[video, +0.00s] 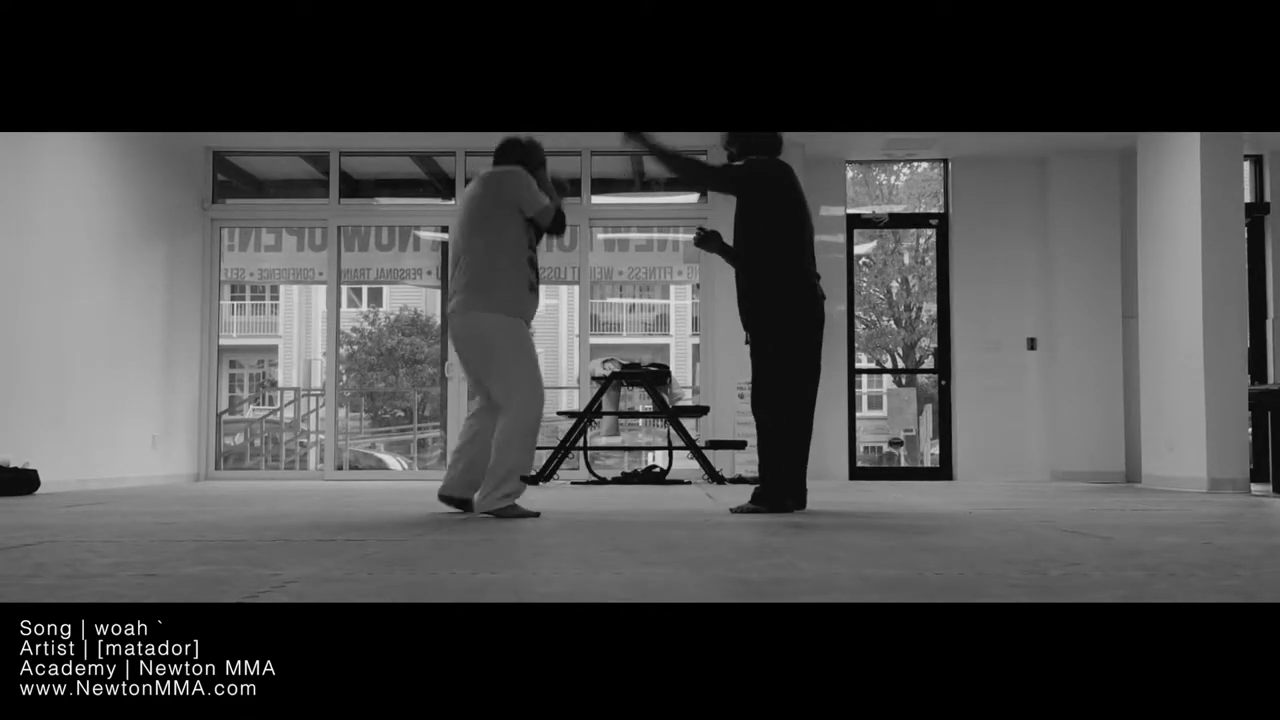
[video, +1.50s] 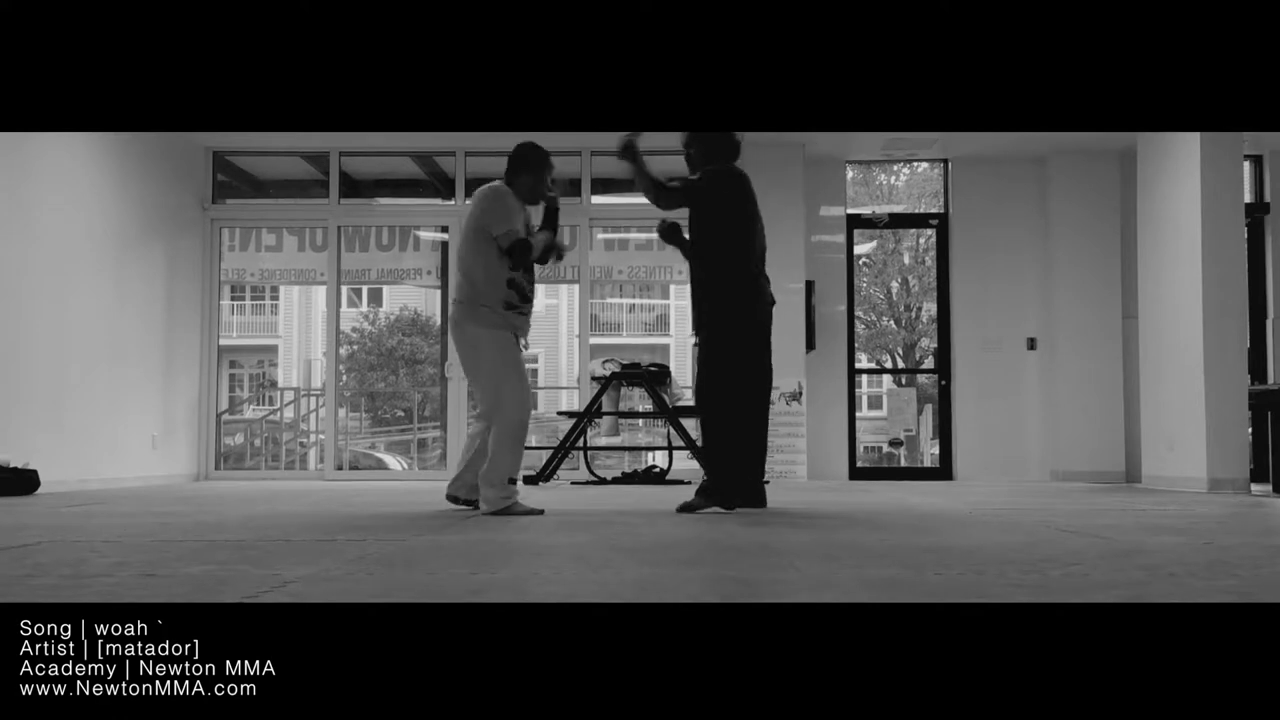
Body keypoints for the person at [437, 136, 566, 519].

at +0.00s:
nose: (543, 180)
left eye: (542, 173)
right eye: (541, 173)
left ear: (502, 161)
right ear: (529, 167)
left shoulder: (477, 189)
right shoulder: (513, 179)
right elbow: (556, 223)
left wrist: (543, 209)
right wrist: (549, 191)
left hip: (466, 314)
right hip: (494, 313)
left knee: (489, 400)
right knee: (525, 399)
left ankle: (458, 486)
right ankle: (498, 498)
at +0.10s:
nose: (539, 209)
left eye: (538, 204)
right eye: (537, 203)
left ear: (498, 192)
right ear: (528, 195)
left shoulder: (469, 220)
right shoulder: (519, 209)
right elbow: (555, 257)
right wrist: (550, 230)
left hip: (448, 325)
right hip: (485, 324)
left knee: (474, 414)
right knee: (528, 409)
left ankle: (452, 496)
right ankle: (490, 502)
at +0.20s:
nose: (523, 234)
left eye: (520, 230)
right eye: (520, 230)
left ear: (484, 226)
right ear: (514, 225)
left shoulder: (455, 244)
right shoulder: (517, 236)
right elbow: (552, 285)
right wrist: (555, 259)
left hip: (439, 332)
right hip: (481, 330)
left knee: (470, 421)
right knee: (530, 413)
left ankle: (450, 499)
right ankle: (490, 502)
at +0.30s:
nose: (510, 237)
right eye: (509, 234)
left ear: (474, 232)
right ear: (506, 231)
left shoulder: (444, 249)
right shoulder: (511, 241)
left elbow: (438, 289)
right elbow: (548, 286)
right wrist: (528, 269)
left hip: (440, 333)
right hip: (483, 327)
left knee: (473, 415)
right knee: (533, 411)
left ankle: (451, 498)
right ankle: (494, 496)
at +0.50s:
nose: (504, 206)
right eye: (502, 203)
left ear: (464, 205)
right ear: (493, 202)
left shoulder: (438, 235)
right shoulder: (503, 214)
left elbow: (441, 283)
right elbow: (547, 257)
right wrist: (542, 234)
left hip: (452, 322)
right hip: (493, 314)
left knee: (477, 408)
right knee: (527, 402)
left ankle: (454, 496)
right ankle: (499, 489)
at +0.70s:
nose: (540, 189)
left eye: (541, 182)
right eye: (536, 181)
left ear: (512, 181)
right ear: (519, 180)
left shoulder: (503, 213)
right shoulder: (495, 211)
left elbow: (536, 263)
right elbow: (535, 255)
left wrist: (556, 228)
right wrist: (542, 207)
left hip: (498, 329)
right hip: (491, 329)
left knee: (509, 407)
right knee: (523, 404)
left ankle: (481, 489)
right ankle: (505, 496)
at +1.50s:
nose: (548, 183)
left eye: (548, 176)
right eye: (545, 175)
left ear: (520, 172)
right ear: (528, 174)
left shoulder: (515, 207)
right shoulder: (496, 197)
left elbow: (541, 255)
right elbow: (520, 255)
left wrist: (551, 211)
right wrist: (546, 238)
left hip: (493, 323)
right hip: (481, 322)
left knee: (495, 407)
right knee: (514, 404)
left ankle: (464, 486)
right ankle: (498, 498)